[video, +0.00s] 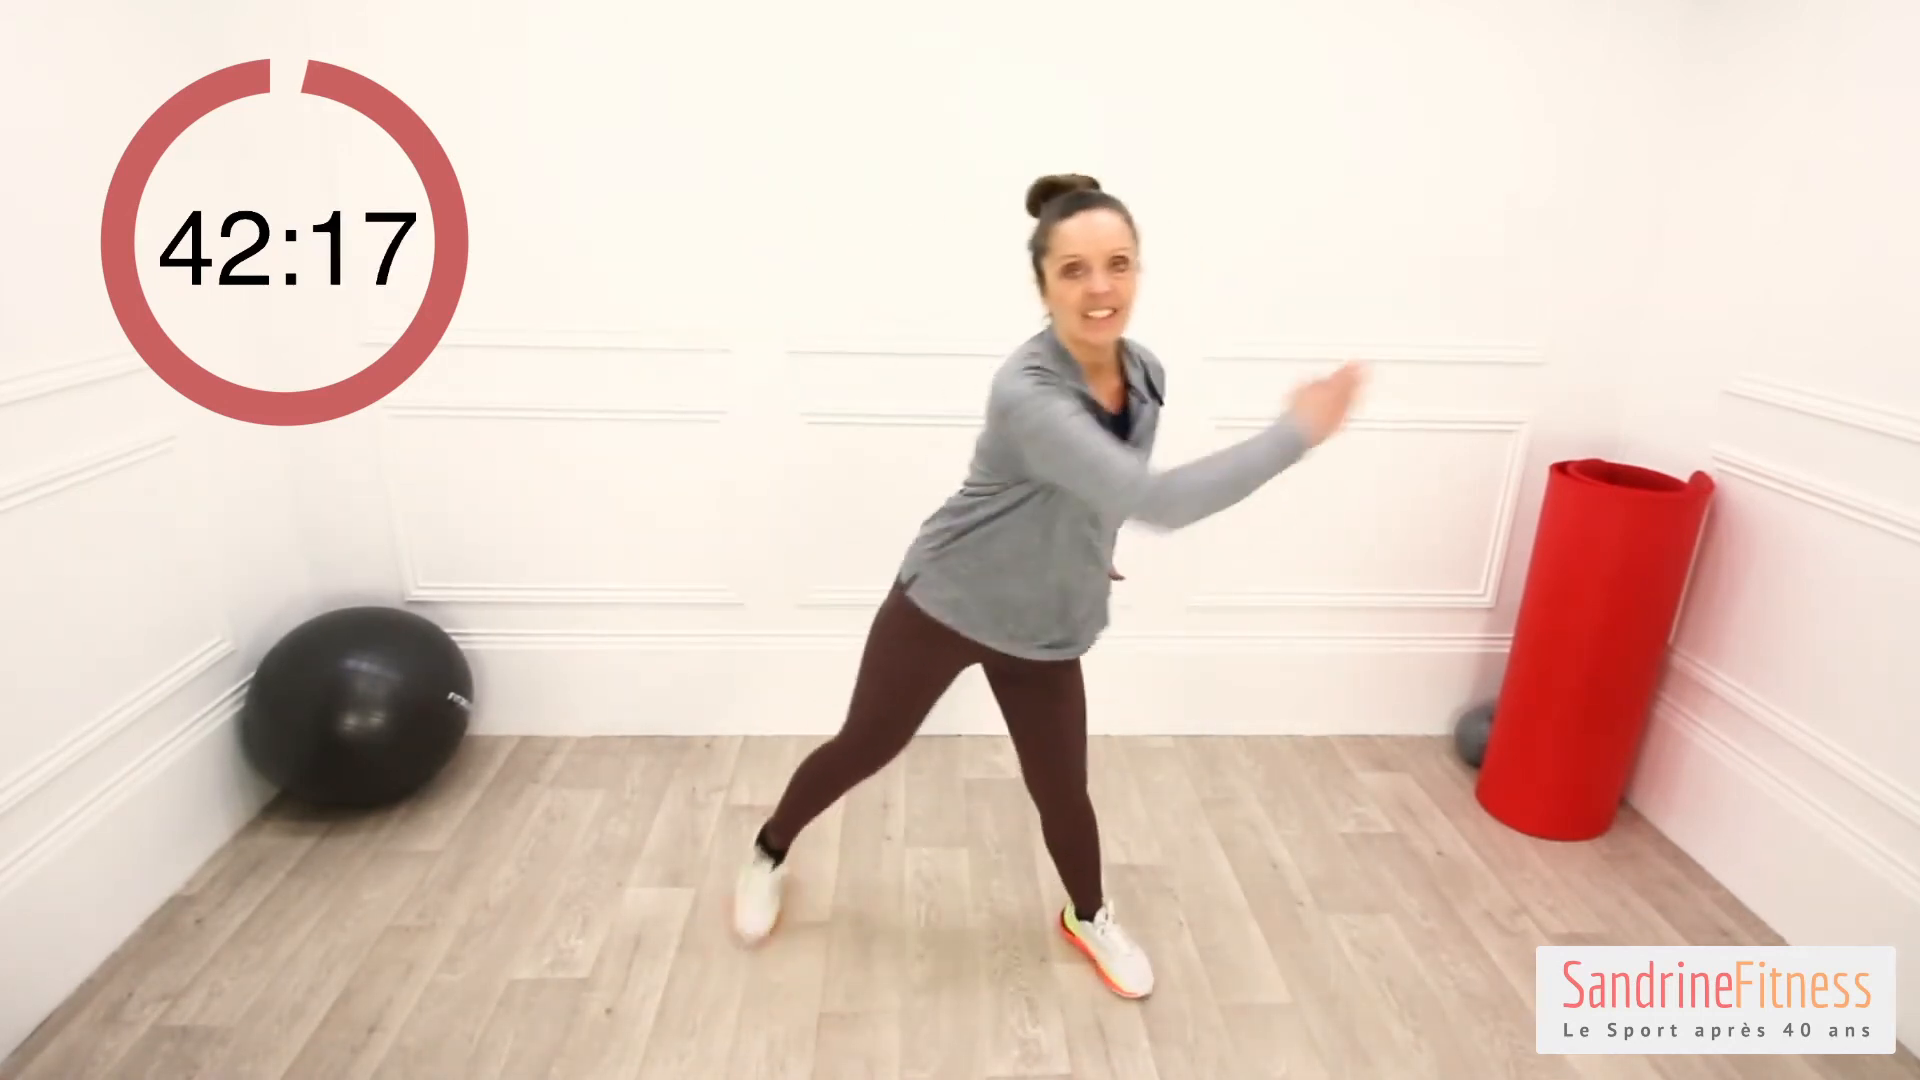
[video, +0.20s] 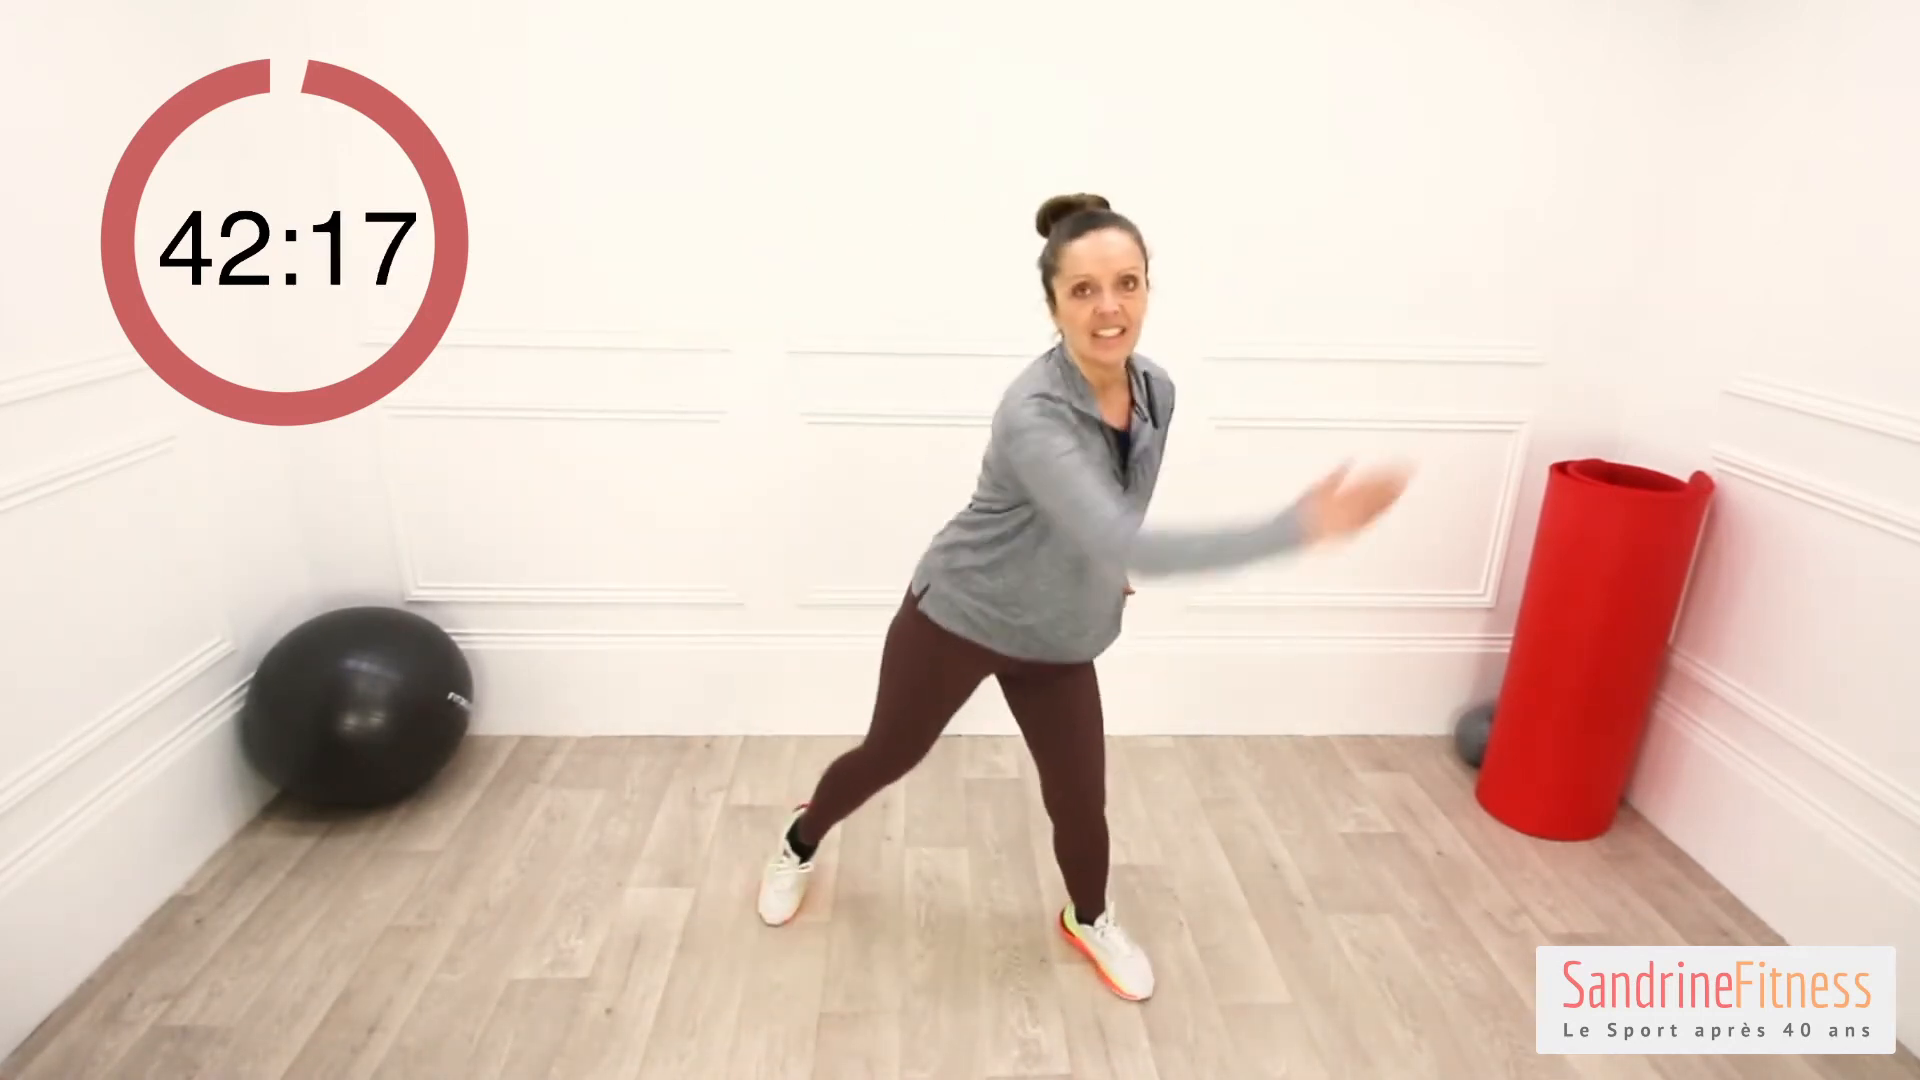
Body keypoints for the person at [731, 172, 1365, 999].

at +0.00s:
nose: (1099, 289)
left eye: (1117, 266)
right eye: (1074, 271)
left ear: (1138, 277)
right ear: (1042, 289)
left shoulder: (1146, 377)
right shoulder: (1026, 395)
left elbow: (1087, 485)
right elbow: (1152, 500)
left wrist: (1093, 551)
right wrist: (1294, 434)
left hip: (1043, 620)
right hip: (947, 598)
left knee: (1062, 789)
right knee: (867, 744)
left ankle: (1088, 918)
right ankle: (767, 850)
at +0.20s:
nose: (1109, 308)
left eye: (1126, 286)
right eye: (1085, 291)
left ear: (1148, 292)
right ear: (1054, 303)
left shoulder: (1154, 392)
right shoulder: (1035, 417)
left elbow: (1119, 505)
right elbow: (1129, 543)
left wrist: (1111, 575)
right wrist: (1295, 528)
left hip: (1058, 634)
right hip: (958, 616)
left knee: (1080, 804)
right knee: (887, 757)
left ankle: (1087, 922)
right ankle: (800, 842)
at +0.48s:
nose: (1010, 309)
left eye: (1028, 285)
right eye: (987, 291)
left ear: (1061, 294)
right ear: (966, 306)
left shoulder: (1114, 409)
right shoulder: (920, 412)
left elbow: (1159, 461)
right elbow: (798, 493)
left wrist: (1137, 561)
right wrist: (844, 613)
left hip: (1059, 631)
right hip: (943, 620)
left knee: (1070, 798)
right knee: (869, 779)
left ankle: (1089, 918)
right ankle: (806, 905)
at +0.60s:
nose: (920, 334)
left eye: (940, 313)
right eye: (901, 316)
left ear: (973, 324)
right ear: (880, 329)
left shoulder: (1026, 450)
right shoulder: (844, 426)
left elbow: (1109, 550)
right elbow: (771, 468)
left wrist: (1082, 659)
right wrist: (800, 568)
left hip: (1027, 656)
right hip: (919, 645)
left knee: (1044, 822)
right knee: (846, 801)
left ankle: (1090, 923)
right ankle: (790, 921)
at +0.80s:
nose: (807, 295)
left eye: (827, 273)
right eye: (786, 277)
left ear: (864, 284)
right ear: (769, 292)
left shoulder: (912, 401)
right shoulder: (766, 390)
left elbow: (980, 563)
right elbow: (811, 521)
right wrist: (828, 592)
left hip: (963, 618)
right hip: (859, 624)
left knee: (1035, 768)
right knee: (813, 789)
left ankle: (1102, 902)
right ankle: (787, 920)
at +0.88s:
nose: (772, 281)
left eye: (793, 257)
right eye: (750, 264)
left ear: (830, 269)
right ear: (732, 280)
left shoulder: (872, 372)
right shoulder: (741, 374)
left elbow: (910, 501)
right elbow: (781, 493)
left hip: (945, 598)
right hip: (843, 613)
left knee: (1013, 741)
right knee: (807, 783)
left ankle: (1096, 861)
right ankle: (786, 918)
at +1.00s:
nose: (744, 284)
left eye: (765, 260)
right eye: (721, 267)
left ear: (802, 271)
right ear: (704, 285)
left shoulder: (839, 360)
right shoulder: (720, 374)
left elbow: (835, 431)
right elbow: (772, 486)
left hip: (924, 597)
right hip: (826, 618)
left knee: (986, 743)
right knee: (791, 787)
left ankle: (1068, 817)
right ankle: (787, 918)